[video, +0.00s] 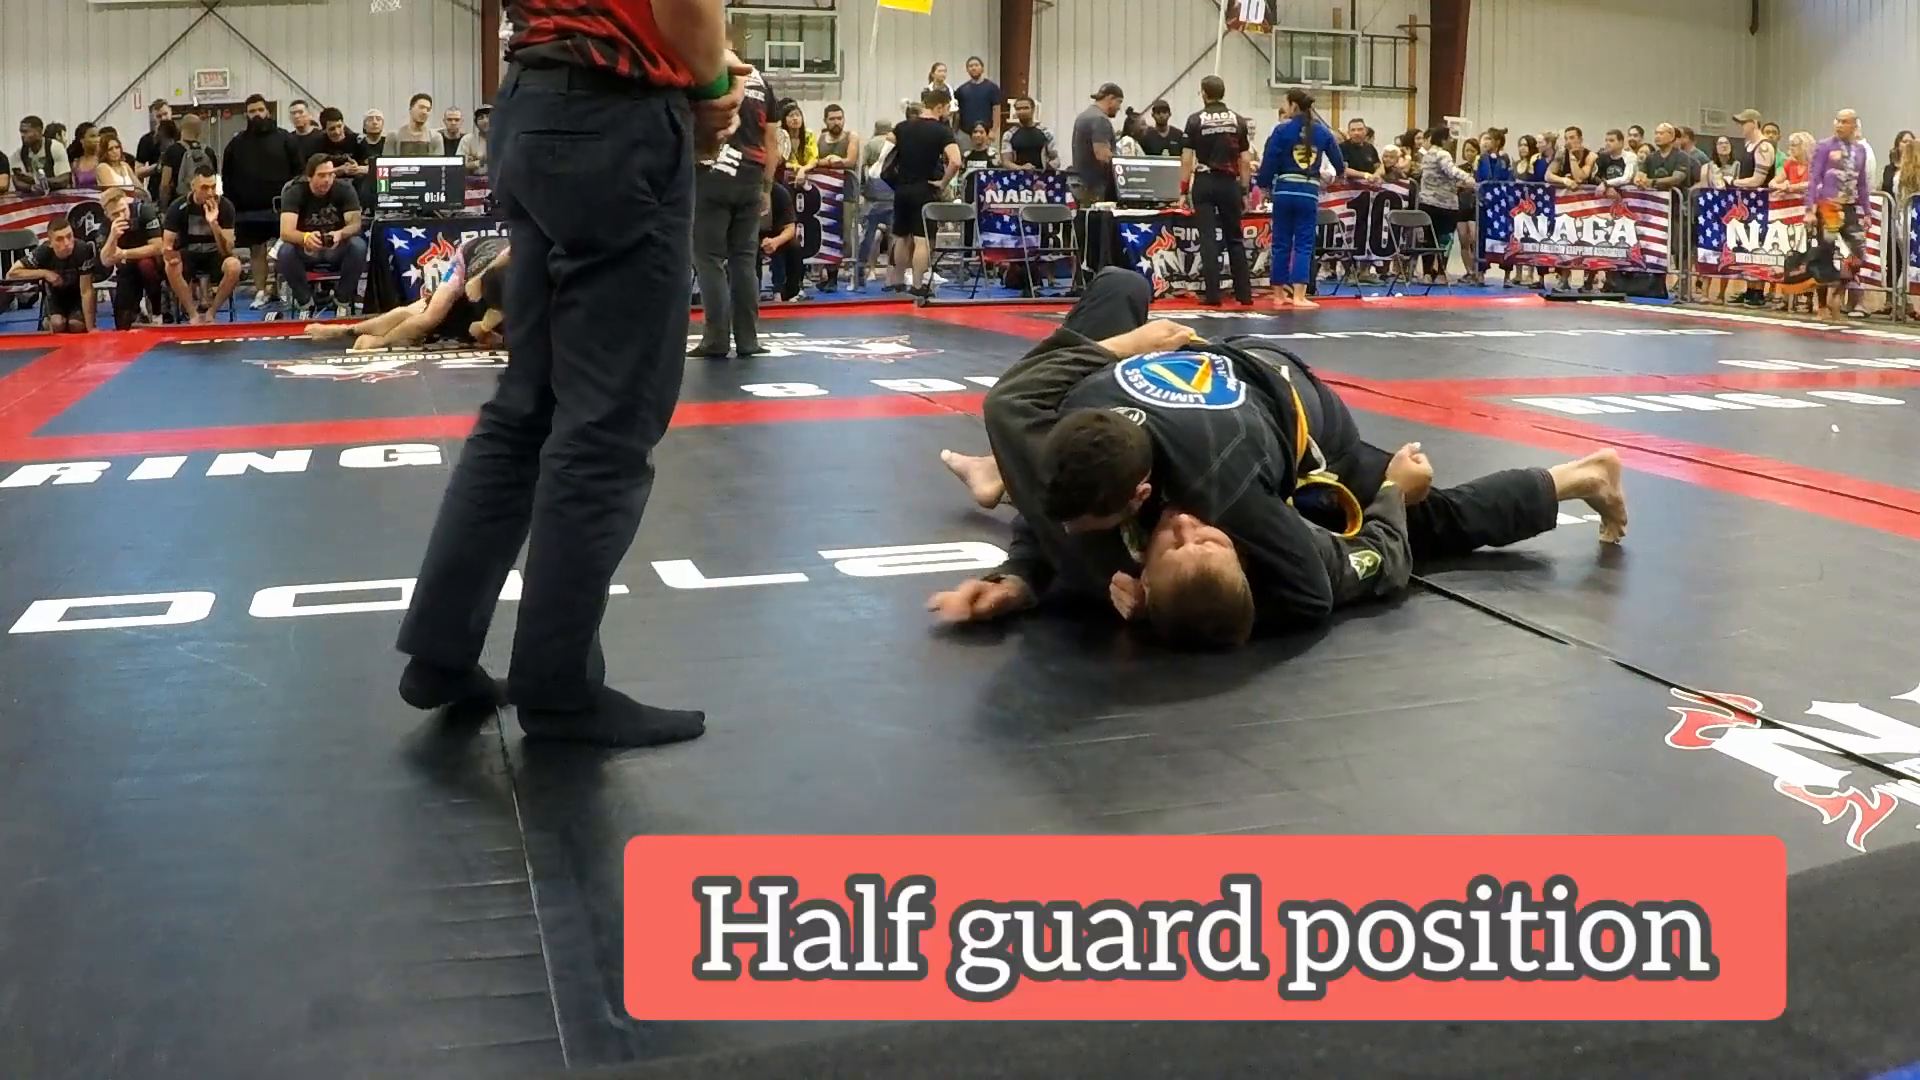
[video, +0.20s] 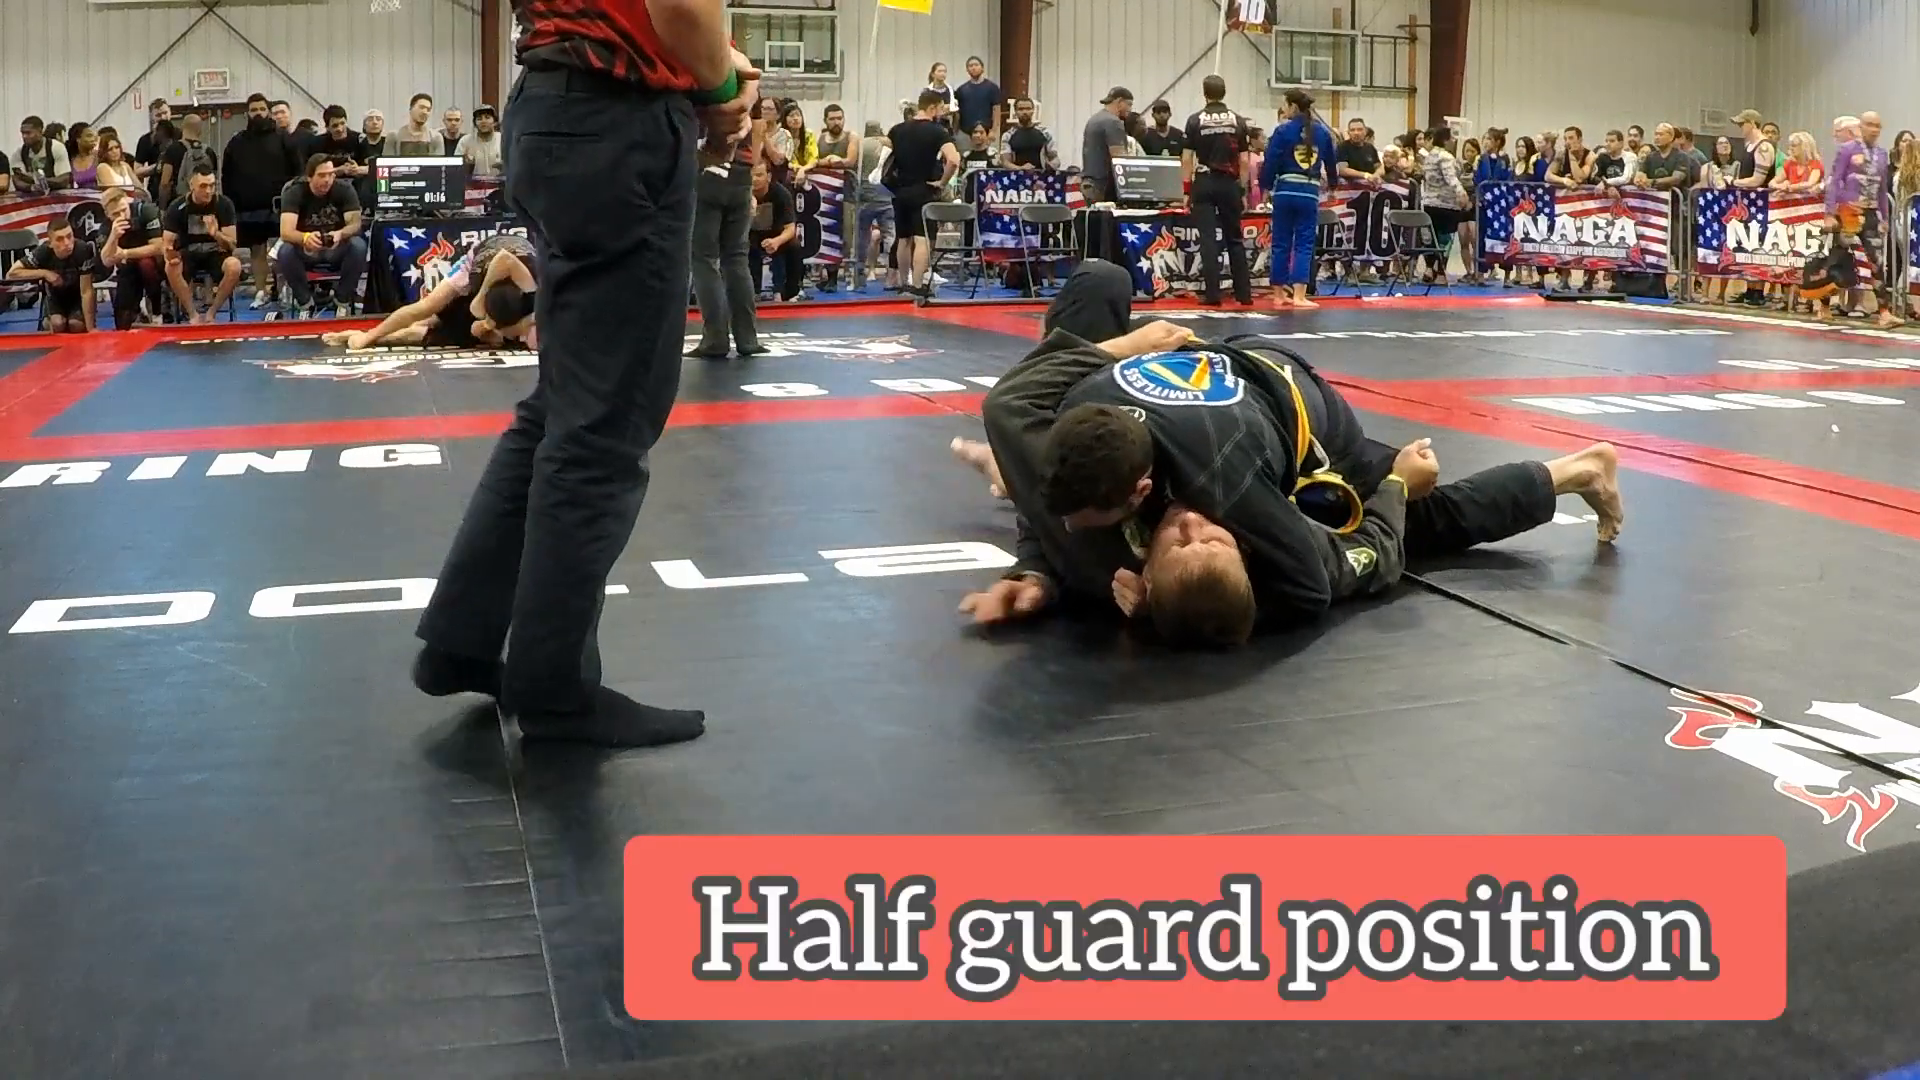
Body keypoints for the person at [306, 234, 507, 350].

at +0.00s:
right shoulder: (491, 259)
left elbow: (481, 330)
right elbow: (472, 291)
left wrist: (483, 331)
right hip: (470, 258)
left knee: (414, 311)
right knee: (430, 318)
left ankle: (345, 331)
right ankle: (381, 342)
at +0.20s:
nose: (494, 330)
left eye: (501, 329)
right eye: (490, 323)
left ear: (522, 316)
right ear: (488, 306)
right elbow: (504, 258)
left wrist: (494, 335)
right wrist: (481, 297)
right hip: (484, 254)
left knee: (440, 336)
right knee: (429, 308)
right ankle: (370, 336)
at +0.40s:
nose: (456, 307)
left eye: (462, 311)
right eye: (460, 305)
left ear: (486, 315)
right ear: (468, 290)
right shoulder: (476, 259)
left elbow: (500, 343)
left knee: (418, 340)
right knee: (433, 281)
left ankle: (393, 338)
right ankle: (384, 334)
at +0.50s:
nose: (438, 304)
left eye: (445, 310)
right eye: (504, 340)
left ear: (460, 318)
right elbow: (460, 260)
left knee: (413, 340)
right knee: (429, 279)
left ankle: (391, 336)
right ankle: (386, 335)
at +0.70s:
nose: (472, 335)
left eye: (476, 340)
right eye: (479, 332)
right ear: (484, 312)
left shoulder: (458, 335)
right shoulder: (506, 294)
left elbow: (414, 341)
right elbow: (451, 256)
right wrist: (435, 294)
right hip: (470, 245)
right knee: (423, 279)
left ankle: (382, 338)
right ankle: (382, 337)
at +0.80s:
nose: (472, 340)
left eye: (477, 346)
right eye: (478, 337)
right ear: (487, 319)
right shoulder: (497, 295)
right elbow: (454, 249)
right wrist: (437, 291)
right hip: (470, 243)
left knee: (538, 337)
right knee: (423, 276)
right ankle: (381, 337)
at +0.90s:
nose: (477, 343)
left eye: (484, 347)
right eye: (482, 337)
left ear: (505, 345)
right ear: (488, 319)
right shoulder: (498, 294)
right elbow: (455, 249)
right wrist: (436, 293)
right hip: (468, 239)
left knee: (539, 337)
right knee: (424, 276)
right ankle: (381, 337)